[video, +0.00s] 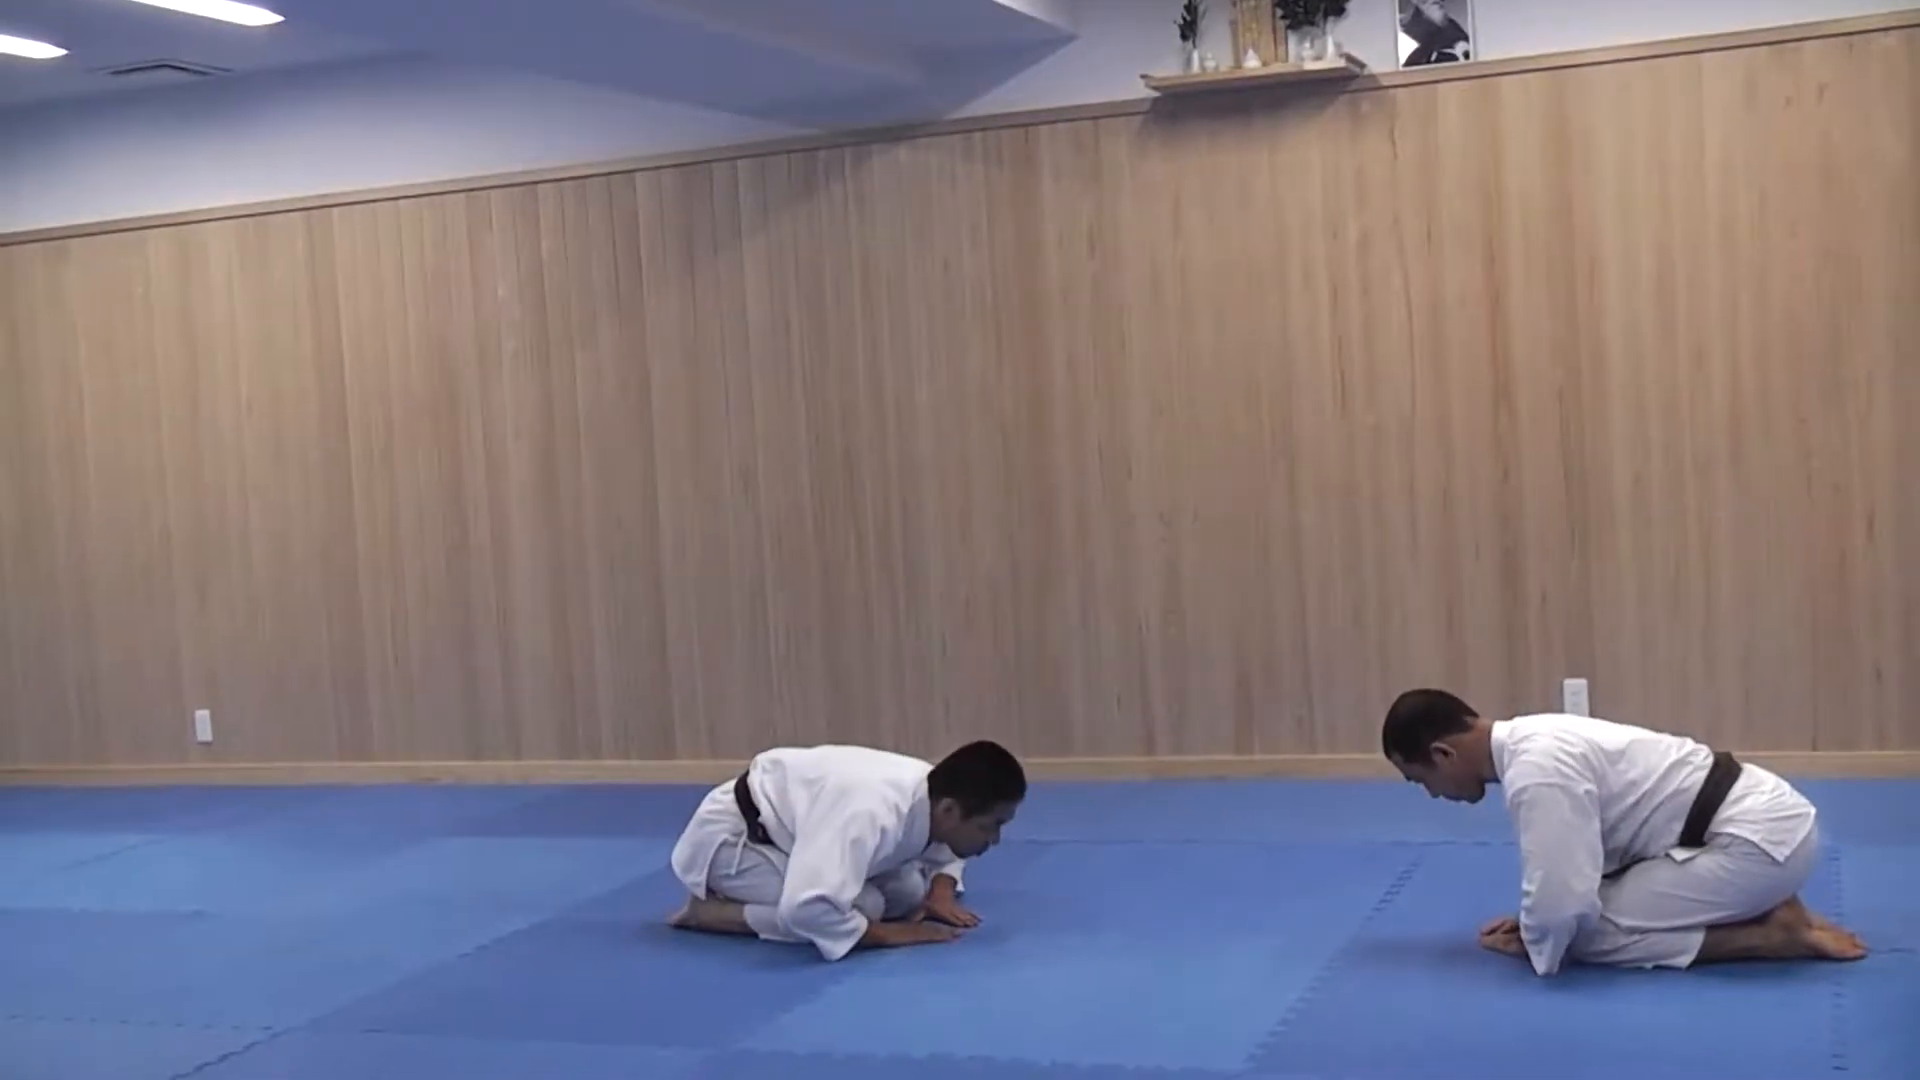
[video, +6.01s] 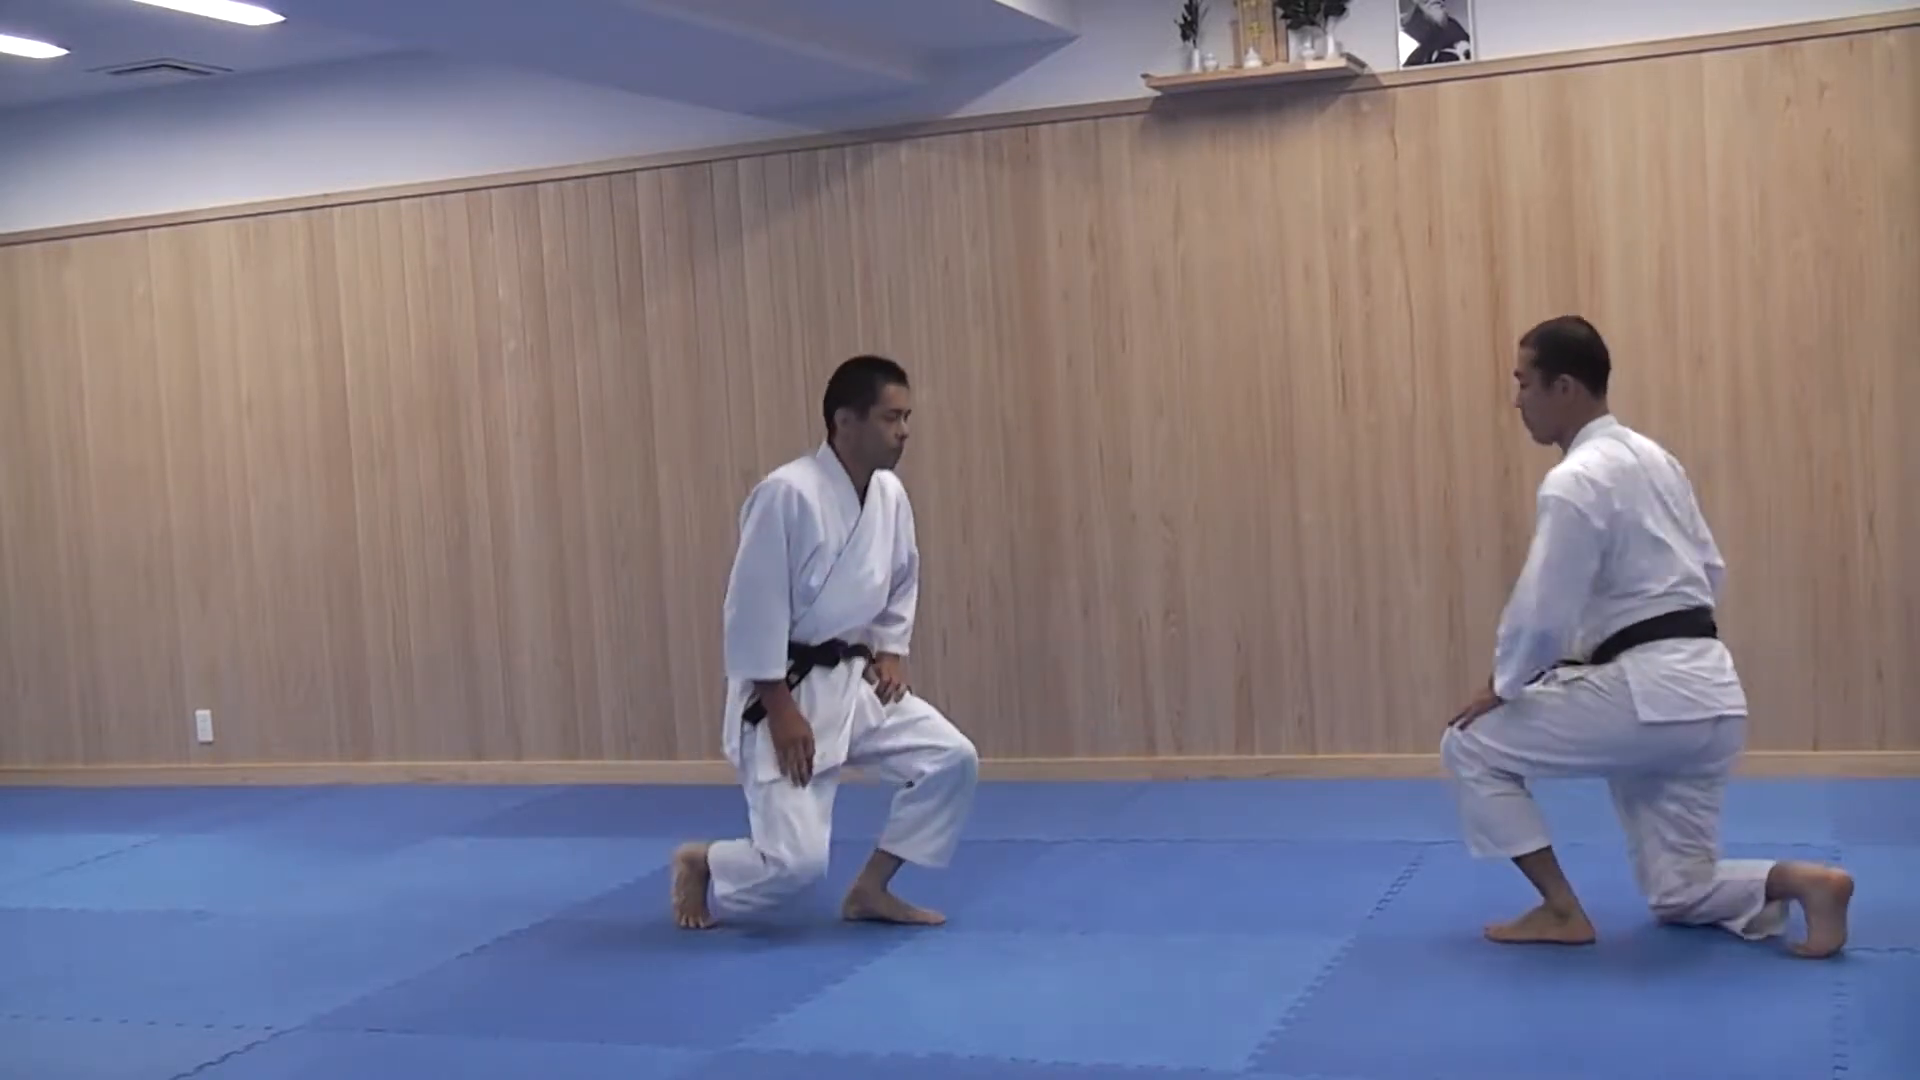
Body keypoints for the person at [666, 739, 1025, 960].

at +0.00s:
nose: (994, 839)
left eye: (1001, 828)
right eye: (991, 827)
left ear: (951, 807)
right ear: (949, 810)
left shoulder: (938, 799)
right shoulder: (868, 808)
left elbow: (947, 851)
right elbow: (807, 910)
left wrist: (942, 893)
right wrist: (898, 933)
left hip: (793, 824)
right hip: (731, 838)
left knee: (907, 889)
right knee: (863, 904)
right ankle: (713, 914)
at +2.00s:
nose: (825, 597)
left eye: (825, 585)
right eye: (811, 587)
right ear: (765, 597)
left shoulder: (828, 673)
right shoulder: (715, 671)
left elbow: (876, 767)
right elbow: (664, 775)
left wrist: (932, 857)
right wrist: (745, 840)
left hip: (793, 831)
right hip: (724, 847)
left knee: (901, 885)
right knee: (852, 909)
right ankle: (711, 917)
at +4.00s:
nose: (946, 510)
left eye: (947, 496)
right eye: (933, 496)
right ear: (885, 502)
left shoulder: (919, 572)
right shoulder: (833, 574)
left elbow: (908, 687)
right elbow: (804, 695)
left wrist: (888, 780)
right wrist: (835, 787)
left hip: (867, 765)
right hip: (802, 775)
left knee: (918, 894)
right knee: (874, 917)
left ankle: (777, 857)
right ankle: (737, 868)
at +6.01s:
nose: (905, 431)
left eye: (907, 418)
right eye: (893, 418)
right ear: (843, 423)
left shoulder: (888, 492)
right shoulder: (786, 494)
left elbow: (902, 581)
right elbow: (751, 611)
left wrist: (891, 649)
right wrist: (781, 711)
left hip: (857, 681)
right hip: (787, 689)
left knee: (950, 758)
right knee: (797, 864)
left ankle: (872, 888)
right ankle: (700, 864)